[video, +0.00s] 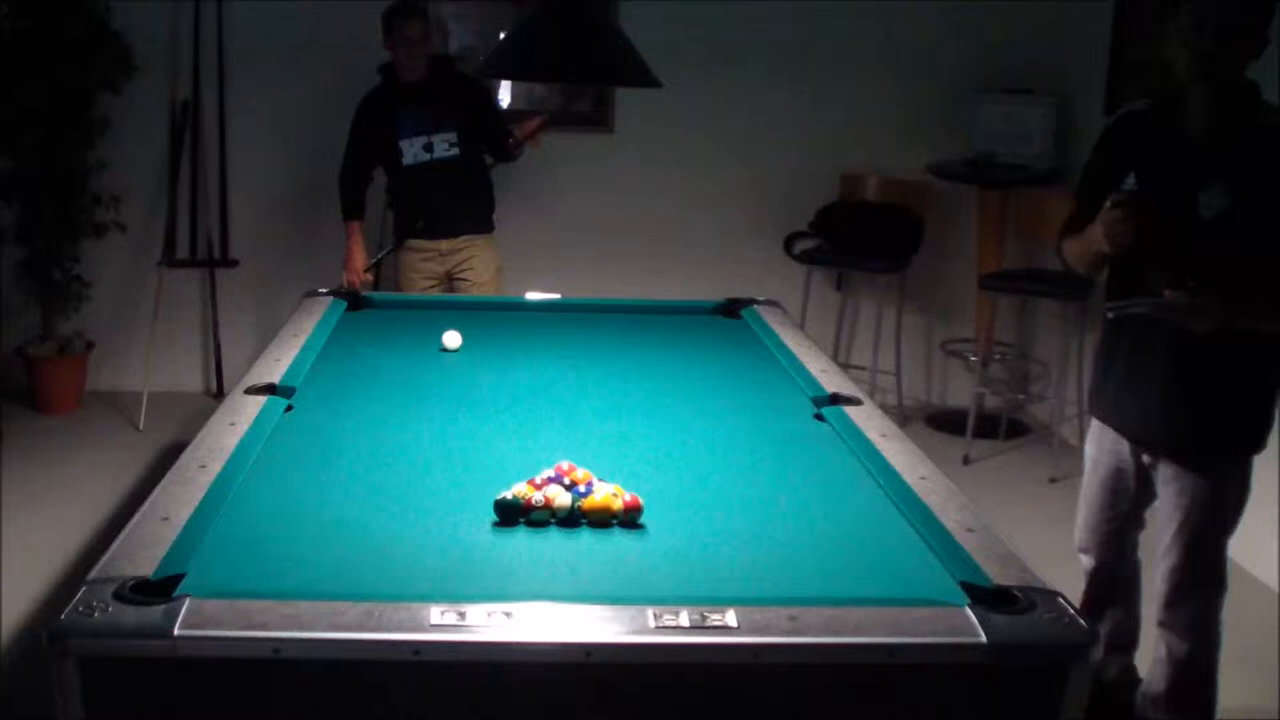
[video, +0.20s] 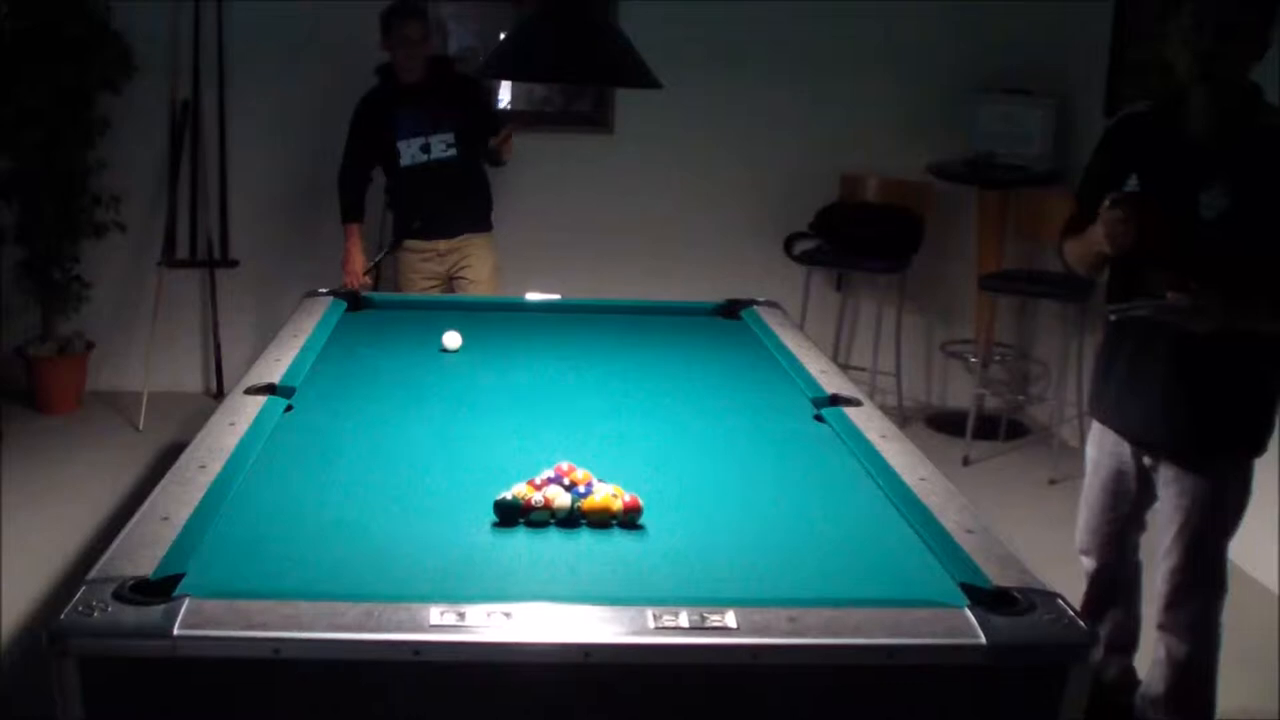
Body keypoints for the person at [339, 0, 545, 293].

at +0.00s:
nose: (413, 52)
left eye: (420, 41)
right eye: (404, 43)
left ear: (432, 41)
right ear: (389, 45)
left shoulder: (464, 88)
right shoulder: (377, 104)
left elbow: (499, 150)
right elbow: (353, 176)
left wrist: (517, 139)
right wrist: (355, 247)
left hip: (473, 244)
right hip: (415, 249)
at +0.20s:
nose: (412, 51)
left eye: (420, 40)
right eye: (403, 42)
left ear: (432, 41)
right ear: (387, 45)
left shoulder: (462, 88)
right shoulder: (376, 104)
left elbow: (490, 156)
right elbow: (353, 177)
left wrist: (500, 150)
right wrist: (354, 249)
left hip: (472, 242)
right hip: (414, 247)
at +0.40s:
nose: (410, 53)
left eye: (417, 43)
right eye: (401, 45)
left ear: (429, 43)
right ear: (385, 47)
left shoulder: (460, 89)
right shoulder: (374, 106)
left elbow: (501, 141)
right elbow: (357, 178)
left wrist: (494, 160)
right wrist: (363, 245)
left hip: (468, 243)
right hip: (412, 249)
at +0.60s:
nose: (409, 54)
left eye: (416, 43)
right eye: (401, 45)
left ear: (430, 43)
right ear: (388, 47)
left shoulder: (461, 91)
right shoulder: (376, 105)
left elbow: (497, 141)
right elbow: (361, 179)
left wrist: (514, 156)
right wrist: (366, 247)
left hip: (466, 247)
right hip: (409, 250)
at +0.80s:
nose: (423, 61)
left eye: (431, 52)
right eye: (414, 52)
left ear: (445, 50)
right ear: (401, 52)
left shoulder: (472, 95)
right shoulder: (389, 103)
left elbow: (504, 139)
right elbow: (369, 172)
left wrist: (521, 172)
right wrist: (363, 240)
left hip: (470, 252)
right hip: (413, 253)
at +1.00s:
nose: (440, 86)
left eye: (449, 77)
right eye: (431, 77)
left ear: (461, 74)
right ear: (418, 74)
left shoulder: (481, 112)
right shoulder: (403, 107)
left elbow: (505, 185)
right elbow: (384, 168)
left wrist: (499, 246)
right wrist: (381, 230)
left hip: (473, 258)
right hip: (422, 255)